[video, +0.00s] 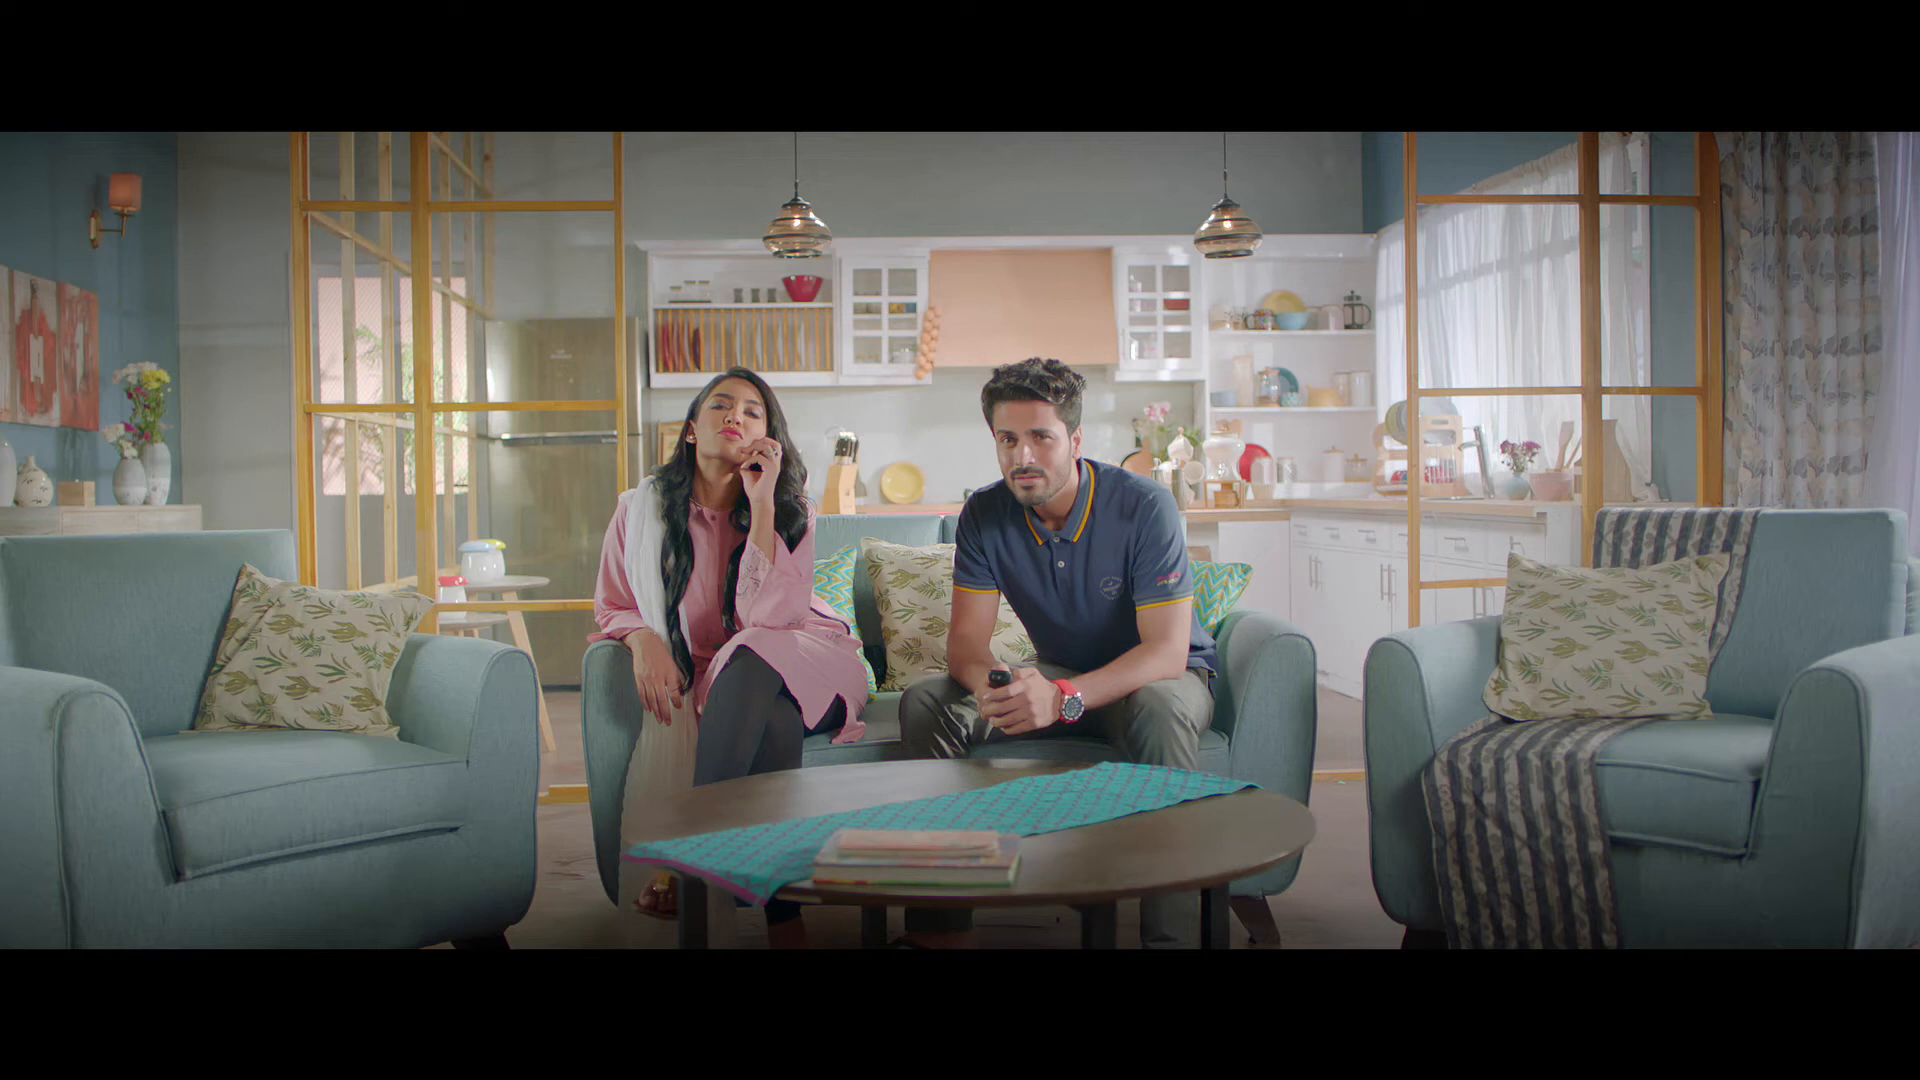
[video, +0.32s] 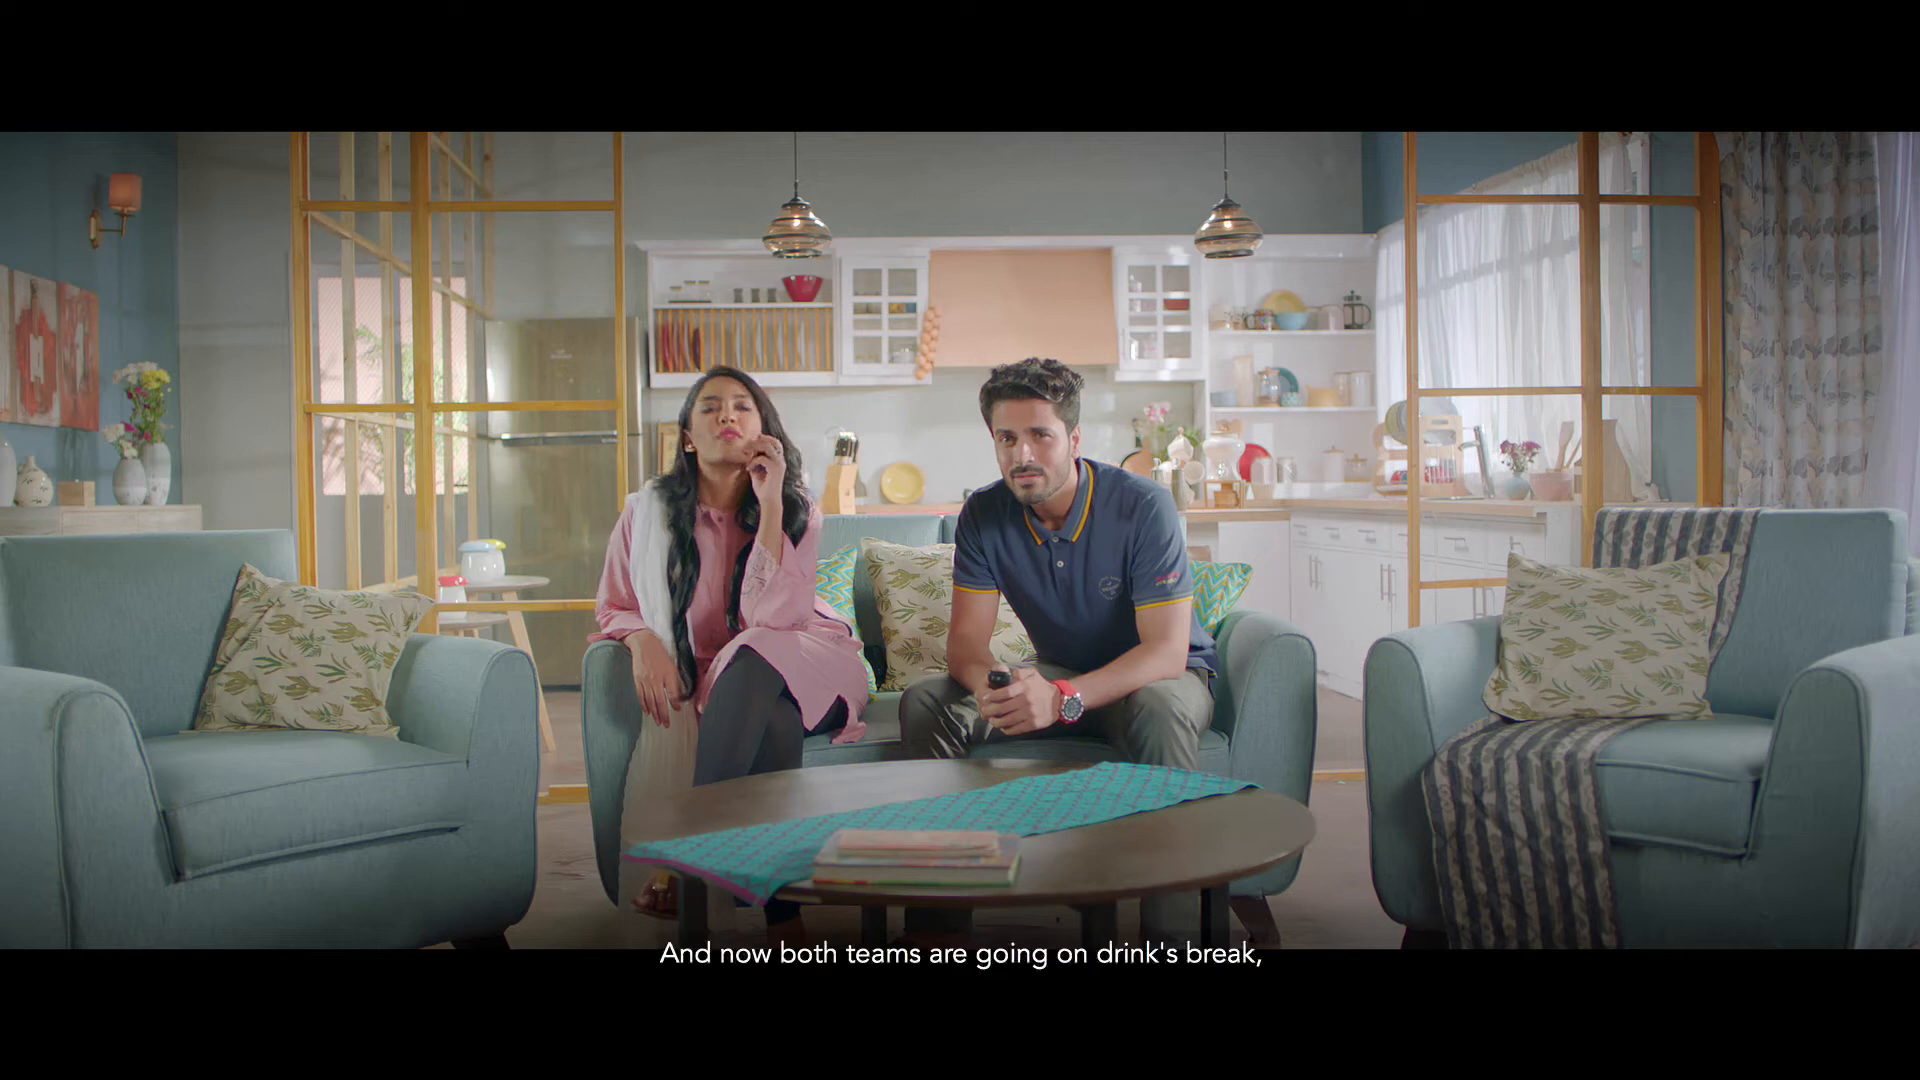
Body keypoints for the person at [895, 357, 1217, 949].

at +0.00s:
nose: (1022, 456)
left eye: (1040, 437)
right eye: (1008, 439)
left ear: (1076, 441)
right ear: (994, 442)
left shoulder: (1143, 507)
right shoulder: (985, 514)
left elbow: (1167, 654)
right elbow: (966, 645)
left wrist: (1065, 698)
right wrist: (997, 687)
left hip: (1154, 680)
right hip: (1056, 681)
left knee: (1160, 707)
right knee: (926, 704)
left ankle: (1170, 936)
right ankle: (938, 922)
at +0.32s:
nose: (1022, 454)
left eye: (1039, 436)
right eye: (1007, 438)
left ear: (1074, 440)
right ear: (993, 442)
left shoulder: (1143, 508)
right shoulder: (985, 515)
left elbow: (1167, 654)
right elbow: (966, 647)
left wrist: (1064, 698)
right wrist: (995, 686)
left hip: (1156, 676)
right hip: (1060, 677)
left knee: (1157, 709)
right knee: (927, 702)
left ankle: (1172, 924)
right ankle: (942, 898)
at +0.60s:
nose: (1023, 454)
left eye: (1039, 436)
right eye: (1007, 438)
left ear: (1074, 440)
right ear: (993, 443)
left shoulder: (1142, 507)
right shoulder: (984, 515)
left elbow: (1167, 654)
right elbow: (966, 648)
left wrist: (1065, 698)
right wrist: (996, 685)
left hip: (1156, 677)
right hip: (1059, 680)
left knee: (1158, 709)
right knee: (926, 702)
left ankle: (1171, 928)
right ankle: (941, 898)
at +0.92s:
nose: (1023, 455)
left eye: (1040, 436)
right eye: (1008, 438)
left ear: (1075, 440)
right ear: (994, 443)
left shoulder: (1143, 507)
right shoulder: (985, 515)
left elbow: (1167, 654)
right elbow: (966, 647)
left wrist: (1065, 698)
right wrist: (996, 686)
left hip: (1156, 676)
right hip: (1060, 677)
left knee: (1157, 709)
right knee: (927, 702)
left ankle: (1172, 924)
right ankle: (942, 898)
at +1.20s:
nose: (1023, 454)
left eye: (1039, 435)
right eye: (1008, 438)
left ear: (1075, 440)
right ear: (993, 443)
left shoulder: (1142, 507)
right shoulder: (984, 515)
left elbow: (1167, 654)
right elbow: (966, 646)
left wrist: (1065, 698)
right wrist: (994, 686)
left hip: (1157, 676)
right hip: (1060, 677)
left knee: (1157, 709)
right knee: (926, 702)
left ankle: (1172, 923)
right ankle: (943, 898)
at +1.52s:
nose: (1023, 454)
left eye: (1040, 436)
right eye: (1008, 438)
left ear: (1075, 440)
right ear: (993, 443)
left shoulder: (1143, 507)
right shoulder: (985, 515)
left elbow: (1167, 654)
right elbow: (966, 647)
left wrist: (1064, 698)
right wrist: (995, 687)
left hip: (1157, 675)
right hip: (1059, 676)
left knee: (1157, 709)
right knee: (927, 702)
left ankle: (1172, 926)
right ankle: (941, 898)